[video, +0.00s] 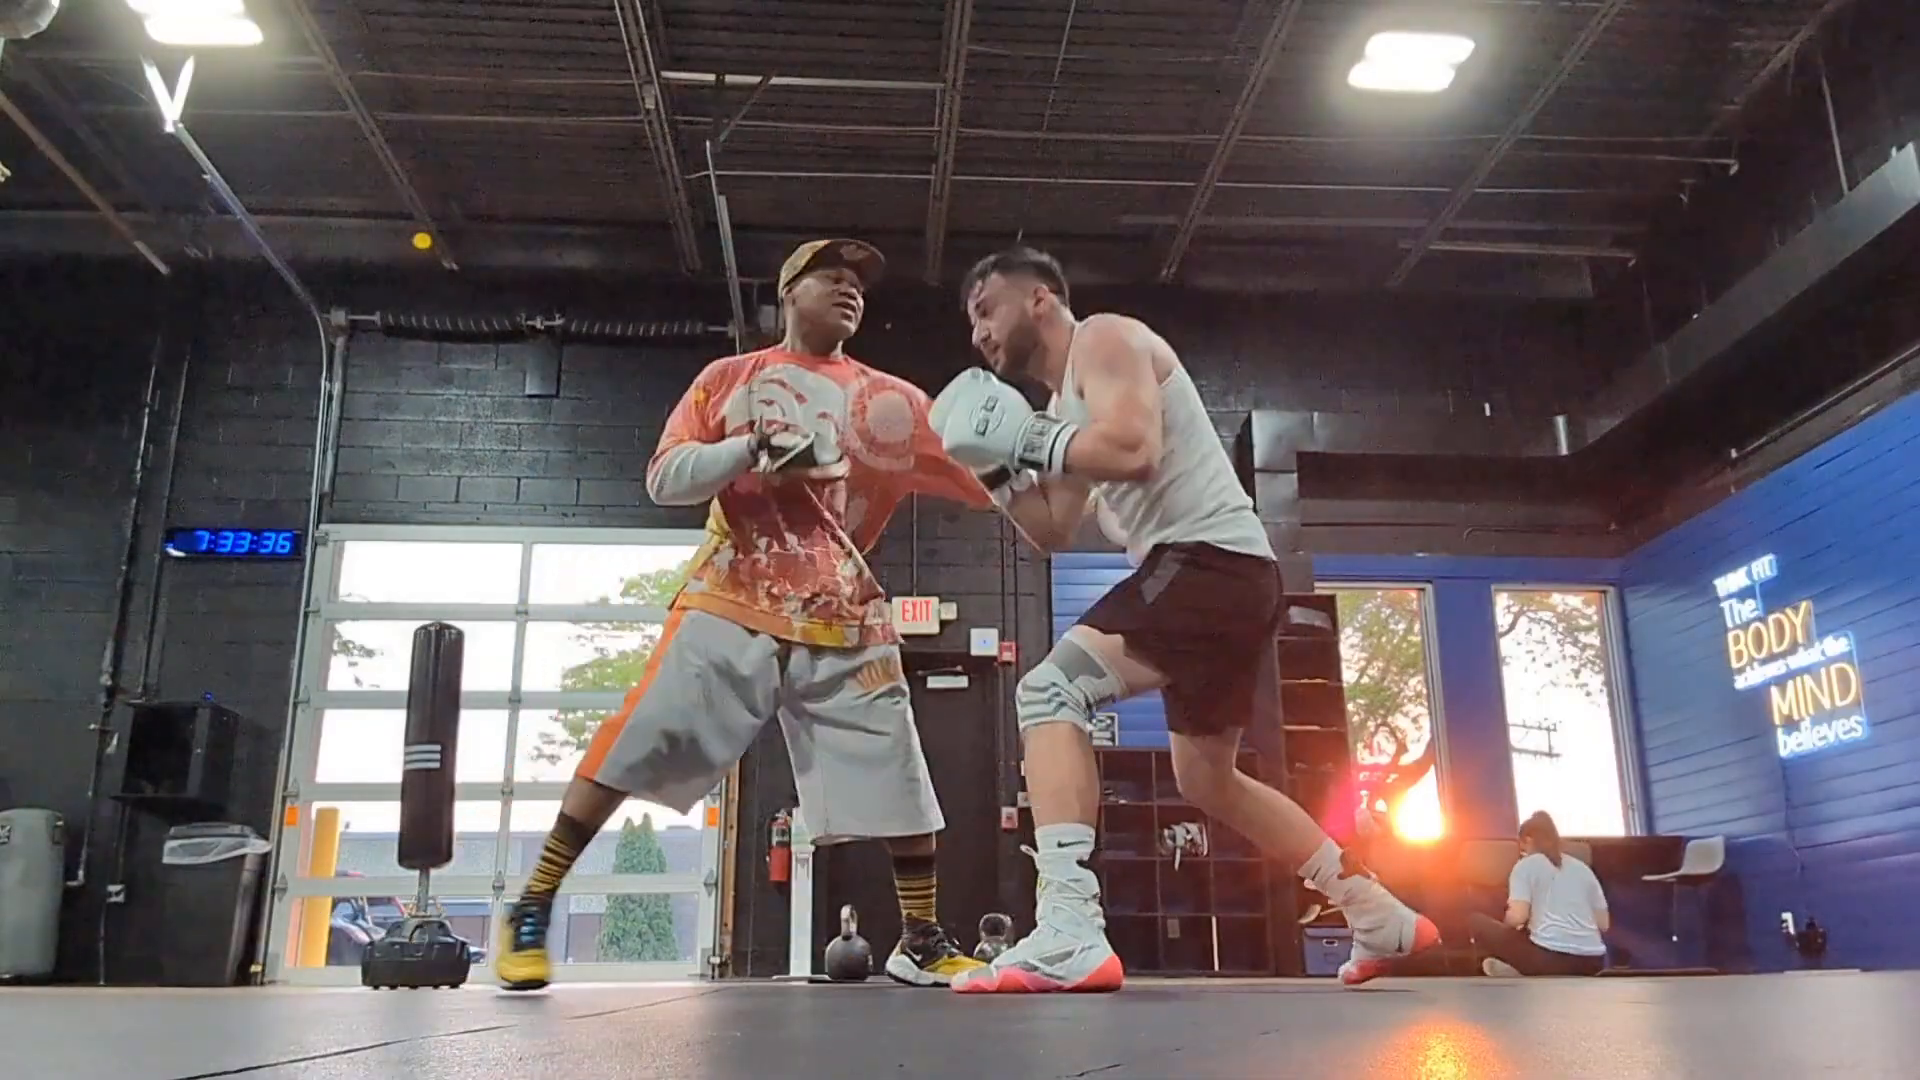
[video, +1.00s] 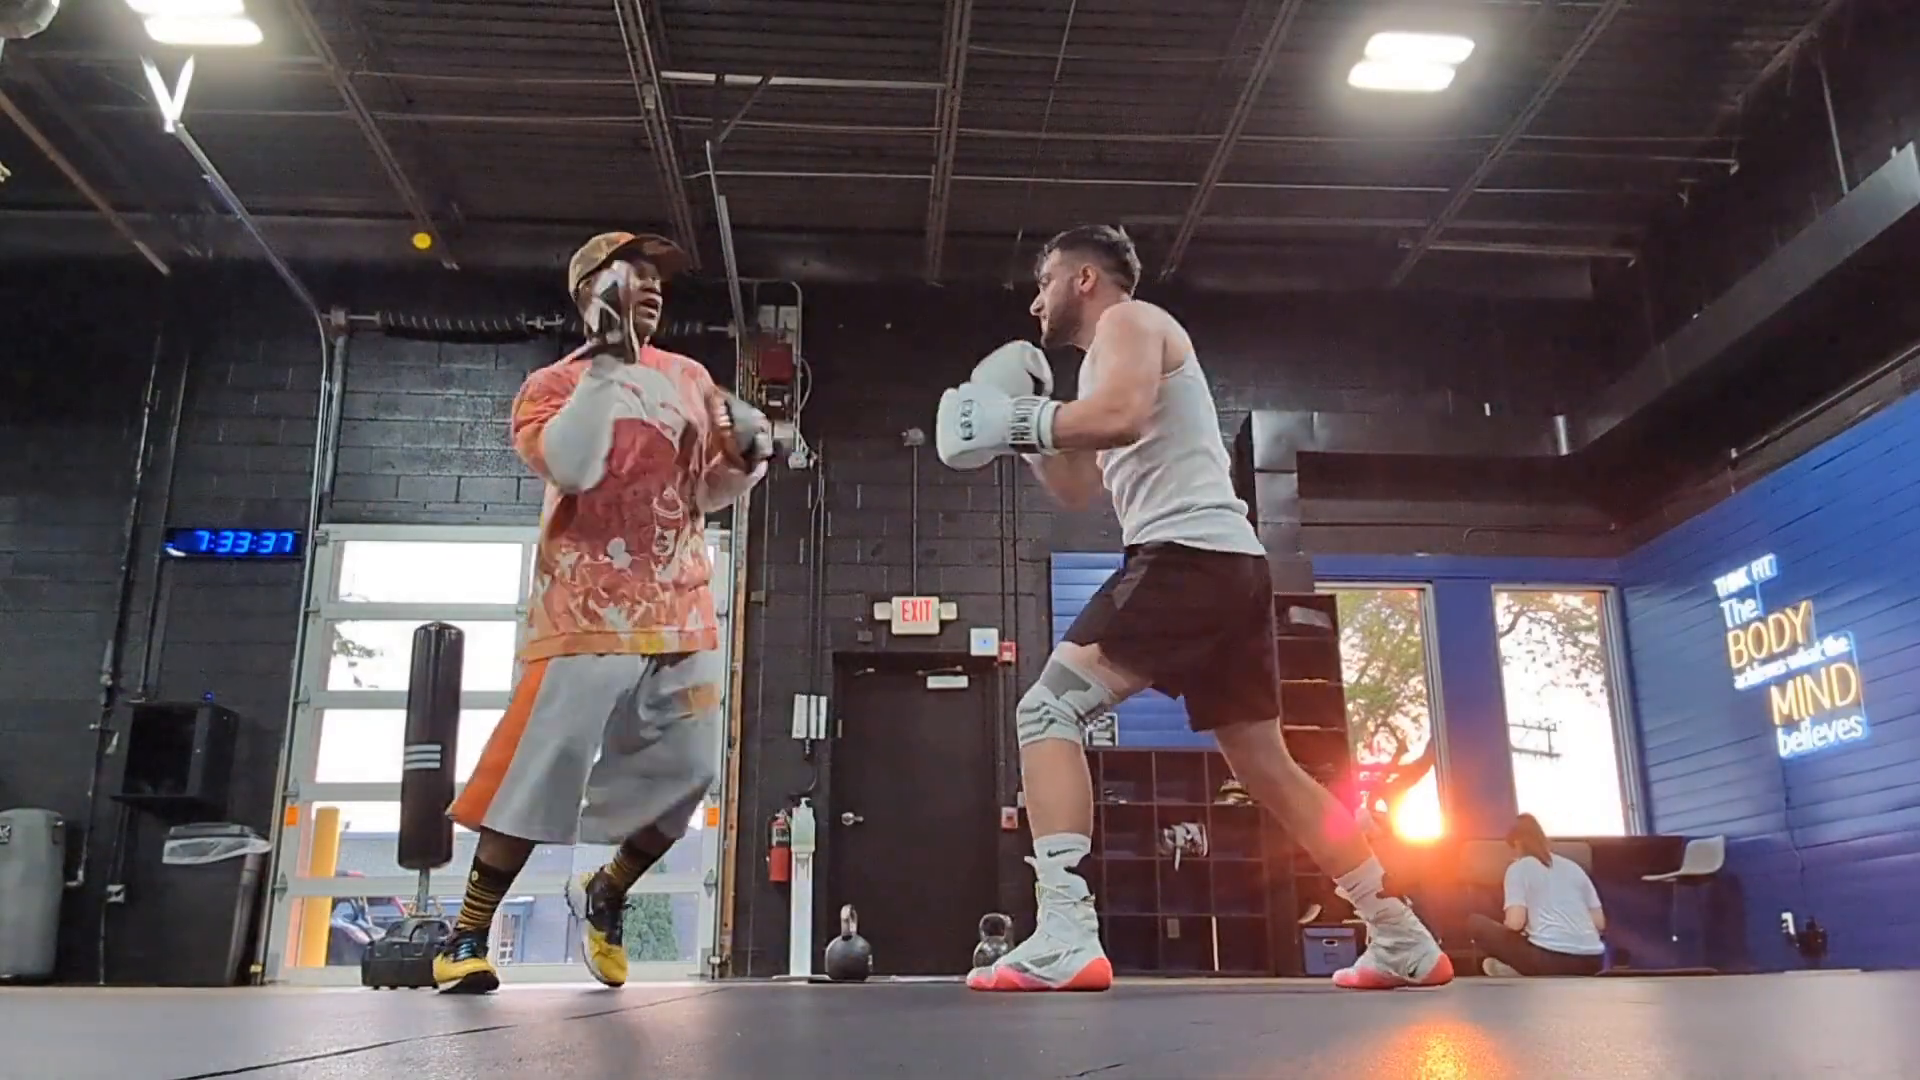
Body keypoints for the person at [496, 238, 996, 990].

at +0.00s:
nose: (851, 290)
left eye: (859, 284)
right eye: (834, 275)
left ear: (860, 308)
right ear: (789, 291)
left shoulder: (891, 400)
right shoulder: (731, 376)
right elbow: (665, 480)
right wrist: (753, 449)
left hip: (844, 606)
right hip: (734, 592)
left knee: (898, 768)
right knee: (646, 734)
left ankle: (922, 937)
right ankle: (530, 906)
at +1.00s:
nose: (649, 289)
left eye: (653, 279)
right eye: (632, 277)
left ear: (658, 296)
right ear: (590, 297)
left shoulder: (690, 378)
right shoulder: (553, 384)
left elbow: (709, 496)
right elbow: (571, 467)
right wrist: (609, 364)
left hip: (683, 606)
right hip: (587, 603)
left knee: (694, 764)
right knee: (548, 760)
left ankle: (607, 894)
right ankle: (471, 932)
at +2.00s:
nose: (925, 350)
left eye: (927, 341)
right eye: (913, 334)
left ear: (901, 350)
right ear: (866, 335)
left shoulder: (894, 442)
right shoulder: (832, 383)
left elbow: (920, 555)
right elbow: (879, 463)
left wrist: (1011, 562)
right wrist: (979, 467)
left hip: (863, 622)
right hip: (785, 598)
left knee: (915, 747)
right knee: (701, 745)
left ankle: (905, 937)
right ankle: (548, 892)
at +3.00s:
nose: (774, 317)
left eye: (779, 305)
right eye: (755, 303)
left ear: (787, 317)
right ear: (718, 319)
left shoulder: (807, 406)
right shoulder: (686, 392)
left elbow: (841, 512)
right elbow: (737, 453)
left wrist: (862, 483)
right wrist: (751, 355)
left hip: (786, 610)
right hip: (693, 604)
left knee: (823, 762)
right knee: (625, 755)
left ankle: (821, 937)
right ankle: (535, 930)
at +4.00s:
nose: (827, 382)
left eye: (829, 370)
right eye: (815, 366)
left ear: (809, 374)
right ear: (767, 366)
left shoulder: (831, 463)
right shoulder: (711, 435)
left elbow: (857, 553)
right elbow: (699, 463)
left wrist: (855, 582)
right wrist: (734, 354)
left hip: (821, 655)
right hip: (715, 650)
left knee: (904, 775)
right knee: (617, 784)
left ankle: (934, 942)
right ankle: (487, 936)